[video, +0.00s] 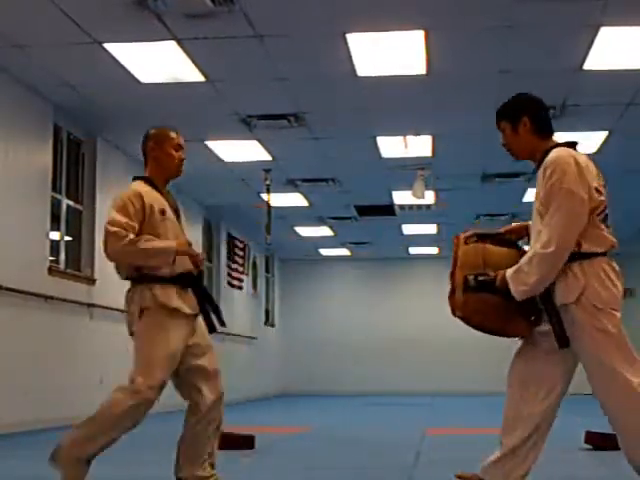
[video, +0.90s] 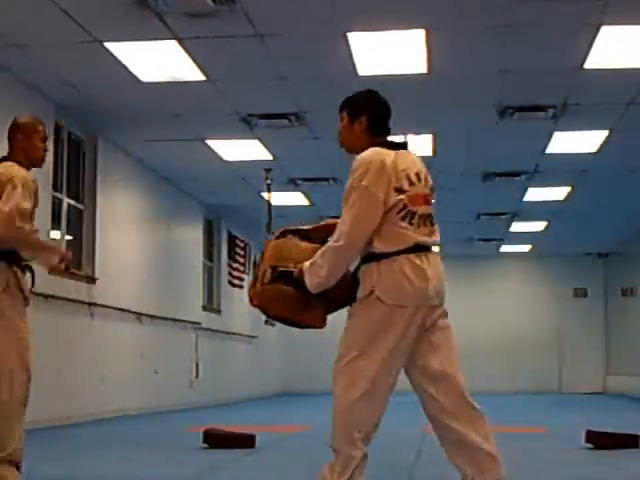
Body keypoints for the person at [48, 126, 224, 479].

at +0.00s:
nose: (183, 155)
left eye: (183, 150)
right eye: (176, 148)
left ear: (165, 153)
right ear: (152, 151)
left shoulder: (168, 203)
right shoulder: (135, 194)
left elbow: (163, 255)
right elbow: (116, 246)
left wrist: (190, 261)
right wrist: (180, 251)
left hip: (186, 304)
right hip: (157, 302)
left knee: (208, 396)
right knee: (143, 392)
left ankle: (194, 472)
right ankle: (71, 454)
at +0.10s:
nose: (163, 160)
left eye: (163, 154)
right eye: (157, 152)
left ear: (139, 157)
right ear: (133, 155)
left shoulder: (142, 204)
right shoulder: (117, 192)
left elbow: (130, 264)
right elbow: (104, 240)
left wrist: (163, 269)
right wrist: (162, 239)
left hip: (150, 304)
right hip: (123, 304)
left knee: (179, 396)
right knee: (104, 396)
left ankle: (198, 471)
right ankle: (56, 471)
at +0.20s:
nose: (141, 155)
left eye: (141, 149)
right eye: (135, 147)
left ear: (116, 153)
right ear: (112, 151)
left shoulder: (113, 195)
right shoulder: (97, 184)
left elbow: (103, 257)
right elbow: (96, 222)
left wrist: (137, 264)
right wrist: (153, 223)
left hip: (112, 296)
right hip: (93, 295)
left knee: (130, 384)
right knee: (75, 386)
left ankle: (163, 462)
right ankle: (55, 469)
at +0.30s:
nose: (115, 151)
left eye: (115, 145)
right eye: (110, 143)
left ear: (95, 148)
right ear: (87, 145)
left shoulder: (85, 189)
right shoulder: (70, 183)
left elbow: (83, 261)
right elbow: (109, 213)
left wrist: (119, 270)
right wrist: (162, 225)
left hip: (87, 294)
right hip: (66, 293)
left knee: (94, 383)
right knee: (63, 384)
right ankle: (53, 470)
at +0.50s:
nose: (74, 152)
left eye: (74, 146)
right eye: (69, 144)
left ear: (49, 148)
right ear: (47, 146)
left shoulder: (29, 184)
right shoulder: (37, 185)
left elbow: (46, 240)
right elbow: (57, 241)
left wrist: (82, 242)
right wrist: (112, 247)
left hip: (17, 291)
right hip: (23, 293)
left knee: (32, 387)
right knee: (39, 387)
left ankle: (45, 468)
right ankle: (48, 470)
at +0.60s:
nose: (57, 163)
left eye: (57, 156)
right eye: (52, 155)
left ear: (31, 158)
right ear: (30, 156)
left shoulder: (15, 193)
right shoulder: (20, 196)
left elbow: (20, 260)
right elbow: (23, 262)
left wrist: (56, 271)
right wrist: (68, 280)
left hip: (10, 302)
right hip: (7, 304)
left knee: (33, 379)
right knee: (42, 375)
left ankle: (40, 465)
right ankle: (44, 467)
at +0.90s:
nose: (47, 146)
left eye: (46, 140)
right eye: (41, 139)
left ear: (19, 143)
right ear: (19, 140)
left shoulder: (12, 174)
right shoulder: (17, 176)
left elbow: (14, 233)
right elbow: (11, 230)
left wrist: (48, 252)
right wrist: (50, 250)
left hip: (10, 281)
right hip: (6, 282)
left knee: (14, 367)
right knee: (14, 368)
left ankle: (9, 460)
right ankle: (7, 461)